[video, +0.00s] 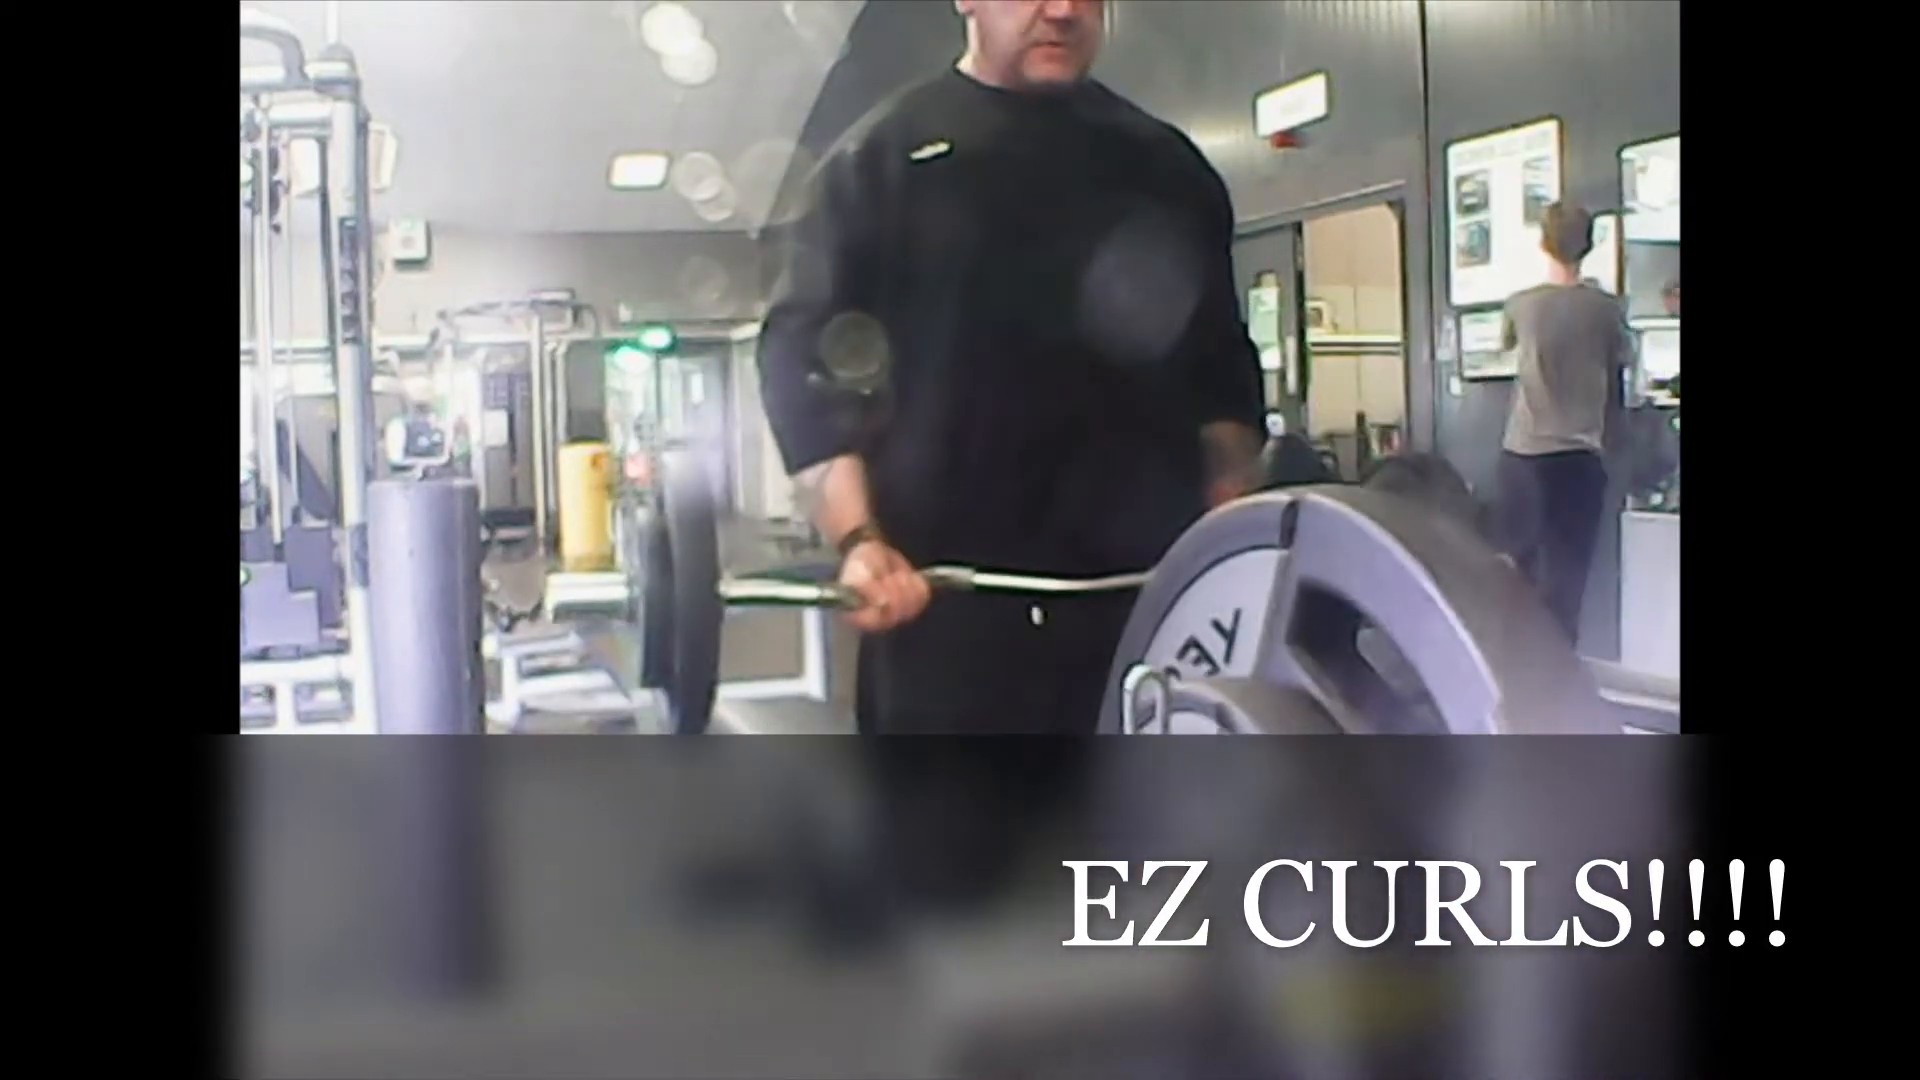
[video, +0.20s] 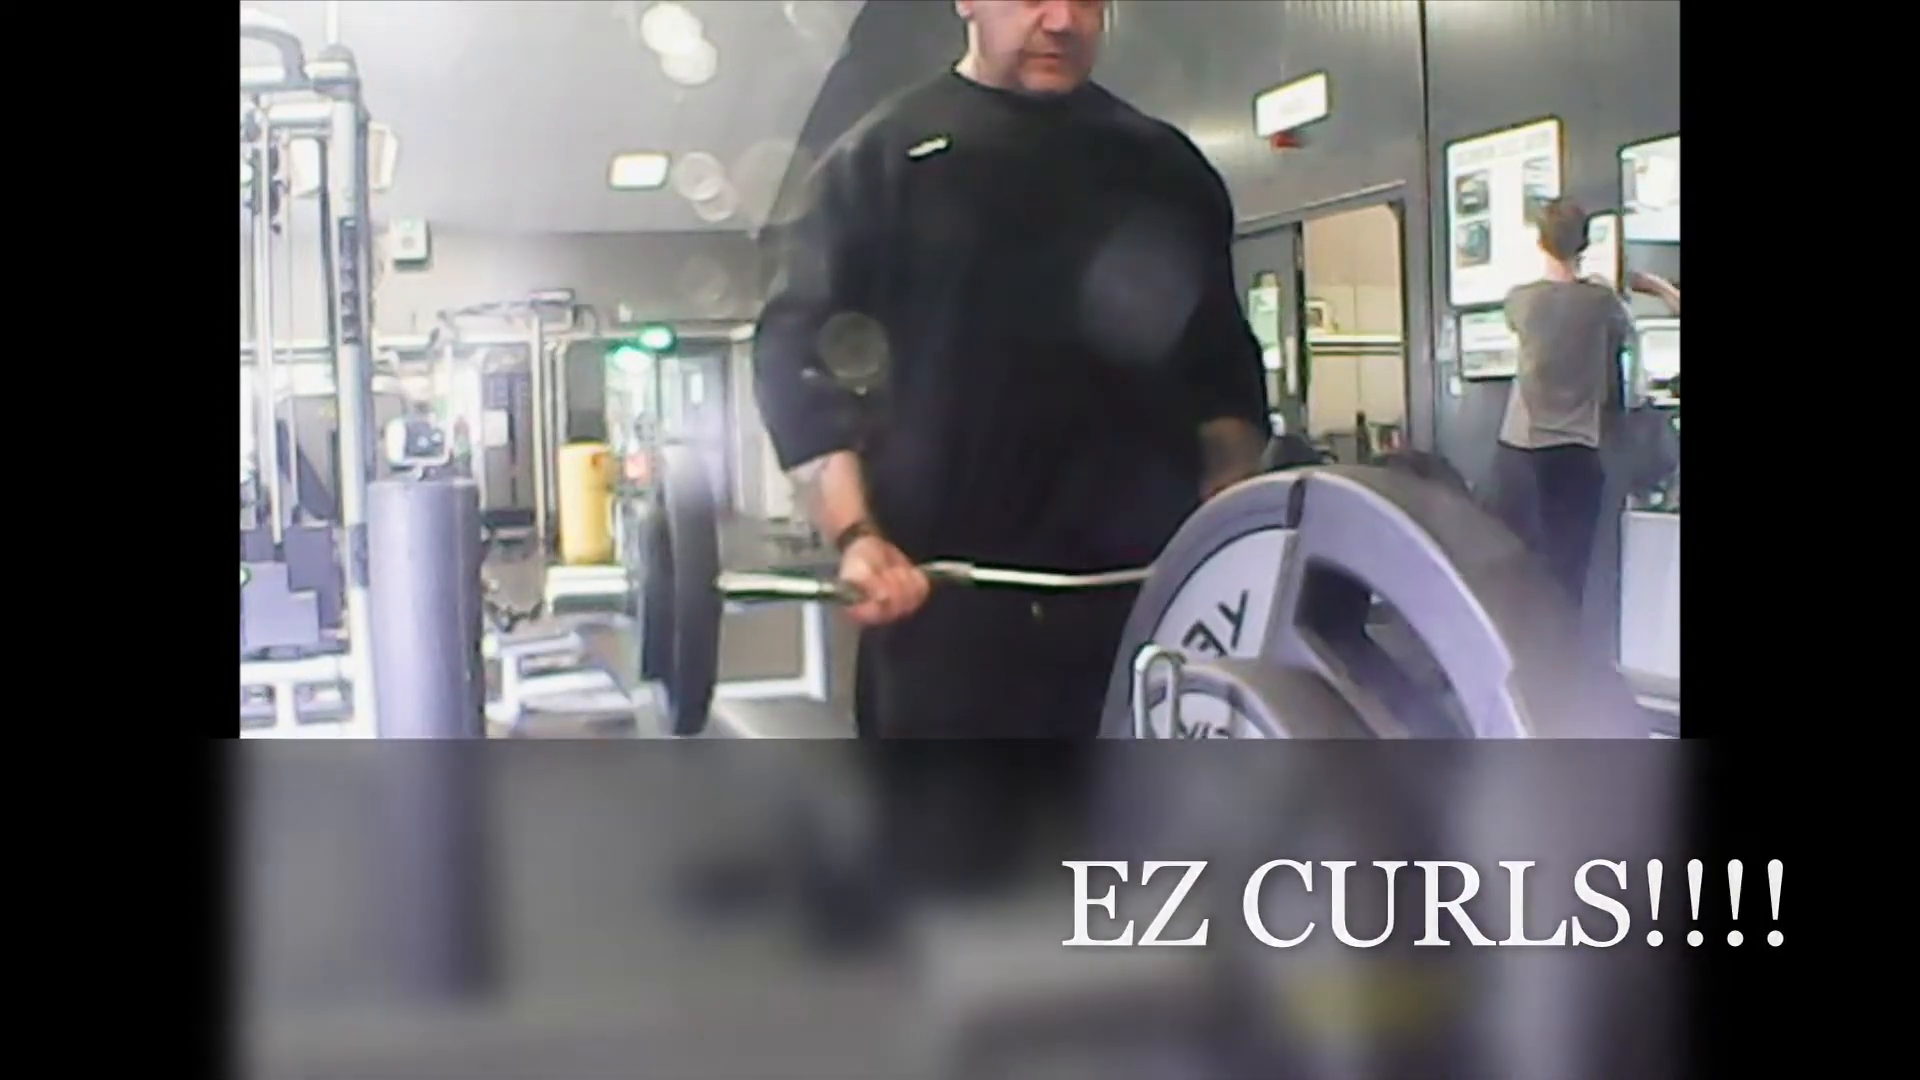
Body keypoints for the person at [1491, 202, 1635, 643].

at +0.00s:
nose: (1542, 245)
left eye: (1543, 239)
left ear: (1544, 245)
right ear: (1588, 246)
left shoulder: (1521, 305)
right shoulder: (1607, 308)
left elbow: (1506, 343)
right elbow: (1622, 363)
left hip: (1524, 452)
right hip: (1582, 453)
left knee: (1519, 560)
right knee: (1569, 569)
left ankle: (1518, 655)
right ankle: (1557, 660)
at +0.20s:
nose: (1541, 243)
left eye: (1541, 237)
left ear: (1541, 244)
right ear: (1583, 245)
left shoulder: (1520, 300)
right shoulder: (1601, 300)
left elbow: (1517, 321)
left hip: (1524, 447)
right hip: (1578, 449)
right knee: (1570, 561)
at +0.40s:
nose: (1527, 244)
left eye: (1526, 239)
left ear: (1525, 247)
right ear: (1566, 246)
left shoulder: (1507, 304)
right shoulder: (1582, 299)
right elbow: (1608, 307)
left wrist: (1561, 283)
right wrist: (1591, 282)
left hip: (1518, 445)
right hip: (1571, 445)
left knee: (1518, 547)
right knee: (1568, 557)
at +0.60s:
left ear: (1508, 251)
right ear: (1550, 247)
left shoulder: (1494, 307)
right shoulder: (1571, 300)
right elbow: (1606, 304)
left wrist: (1547, 288)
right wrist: (1588, 279)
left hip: (1513, 450)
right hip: (1569, 447)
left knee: (1518, 560)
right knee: (1564, 564)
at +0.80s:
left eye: (1495, 245)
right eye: (1527, 244)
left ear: (1489, 253)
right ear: (1532, 249)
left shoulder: (1479, 311)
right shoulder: (1553, 301)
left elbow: (1512, 305)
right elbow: (1611, 304)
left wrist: (1541, 284)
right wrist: (1587, 272)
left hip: (1497, 451)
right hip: (1551, 449)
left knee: (1497, 562)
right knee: (1551, 565)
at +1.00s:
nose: (1515, 252)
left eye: (1497, 245)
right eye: (1519, 244)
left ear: (1481, 253)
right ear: (1522, 250)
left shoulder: (1475, 313)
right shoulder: (1543, 302)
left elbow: (1515, 308)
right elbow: (1608, 299)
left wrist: (1551, 279)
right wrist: (1581, 269)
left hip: (1495, 450)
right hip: (1547, 447)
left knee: (1496, 554)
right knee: (1551, 554)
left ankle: (1493, 660)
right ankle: (1551, 665)